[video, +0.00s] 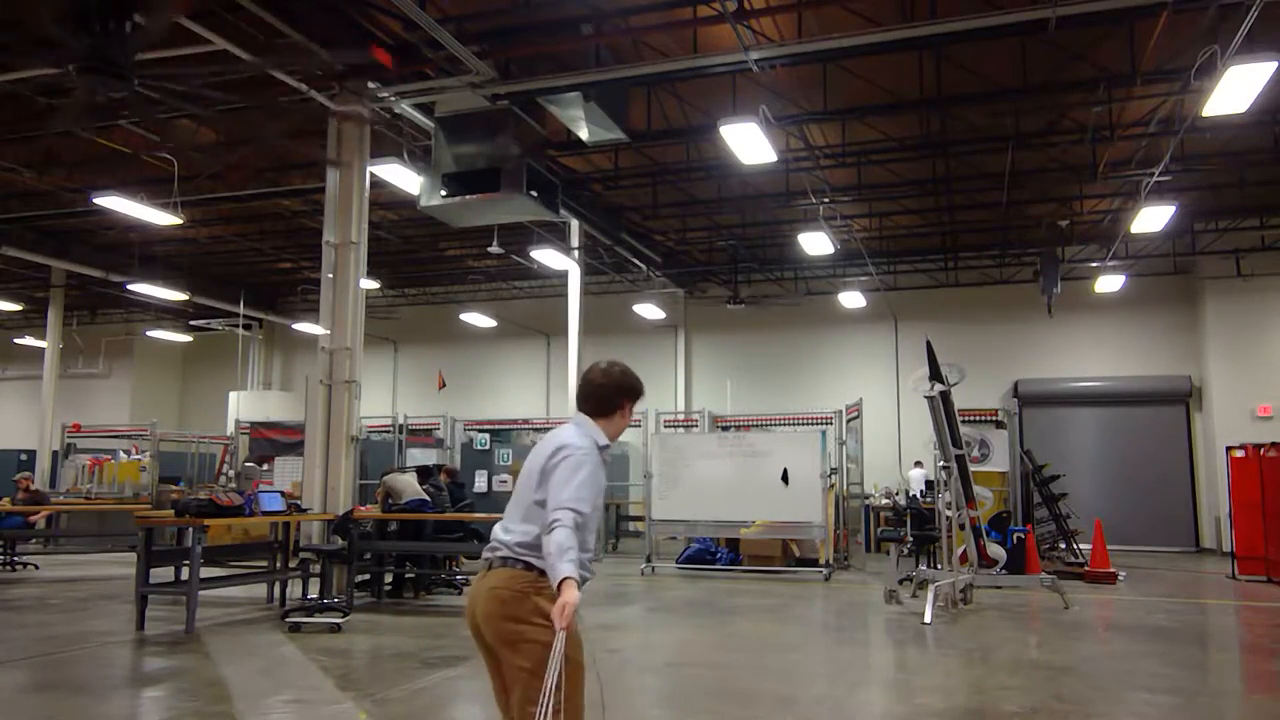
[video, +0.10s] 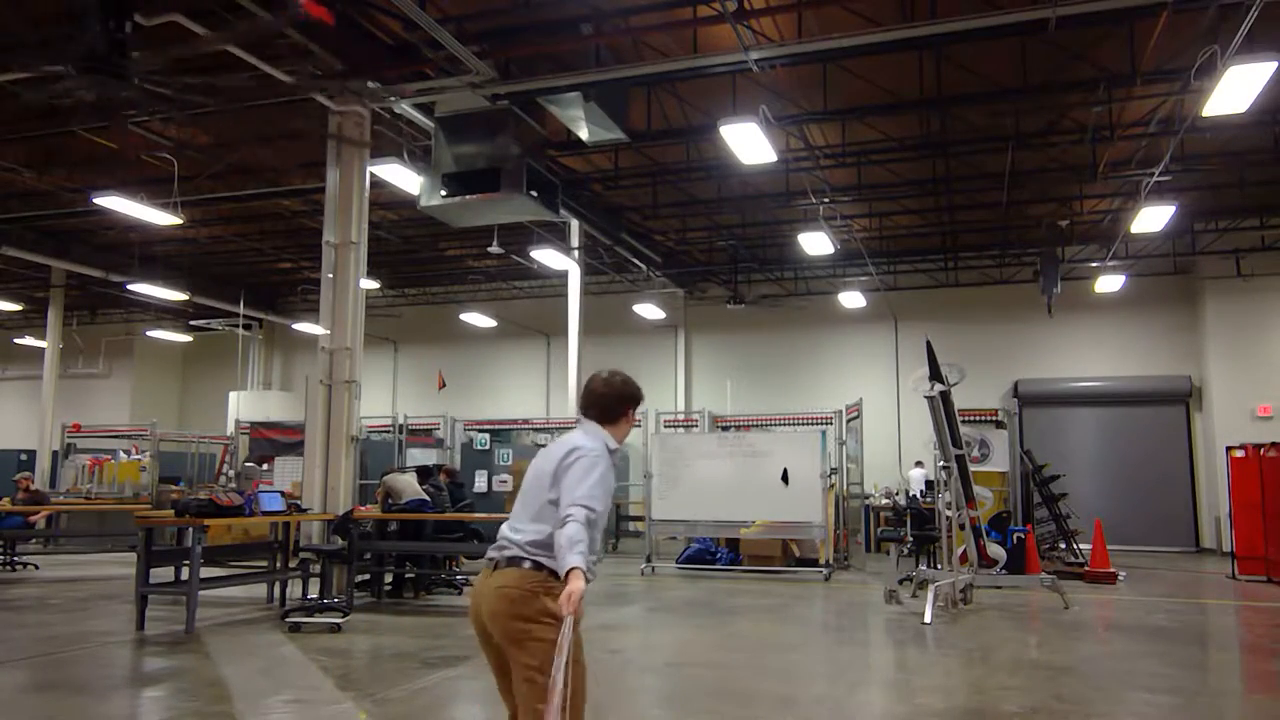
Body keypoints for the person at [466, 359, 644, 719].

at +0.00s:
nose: (632, 417)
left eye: (633, 408)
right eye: (633, 408)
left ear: (585, 399)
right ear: (625, 409)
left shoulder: (557, 439)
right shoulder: (579, 450)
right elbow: (562, 521)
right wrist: (568, 584)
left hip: (490, 585)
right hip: (524, 592)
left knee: (521, 709)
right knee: (552, 711)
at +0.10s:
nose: (635, 420)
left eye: (635, 412)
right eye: (635, 412)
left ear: (587, 408)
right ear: (629, 415)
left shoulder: (559, 446)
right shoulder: (591, 452)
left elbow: (535, 514)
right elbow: (576, 516)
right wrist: (576, 573)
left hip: (490, 585)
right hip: (530, 590)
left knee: (522, 710)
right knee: (556, 710)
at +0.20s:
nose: (626, 441)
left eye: (626, 433)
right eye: (626, 434)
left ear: (581, 430)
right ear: (620, 437)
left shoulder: (557, 466)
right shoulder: (596, 466)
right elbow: (585, 519)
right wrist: (586, 565)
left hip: (492, 602)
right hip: (538, 605)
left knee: (531, 705)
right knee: (573, 712)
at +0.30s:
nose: (608, 452)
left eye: (606, 445)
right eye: (608, 446)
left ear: (563, 449)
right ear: (602, 451)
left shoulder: (547, 486)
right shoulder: (590, 477)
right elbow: (588, 509)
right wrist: (589, 543)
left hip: (505, 614)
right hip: (553, 612)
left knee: (531, 710)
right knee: (577, 712)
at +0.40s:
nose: (589, 458)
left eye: (588, 454)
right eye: (588, 454)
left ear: (546, 460)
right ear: (583, 457)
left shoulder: (535, 495)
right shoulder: (579, 476)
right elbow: (585, 492)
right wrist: (593, 508)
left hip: (512, 606)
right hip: (563, 602)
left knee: (532, 708)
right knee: (578, 711)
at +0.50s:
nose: (581, 465)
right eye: (579, 461)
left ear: (540, 469)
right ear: (574, 463)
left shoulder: (531, 501)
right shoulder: (567, 481)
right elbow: (583, 479)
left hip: (519, 597)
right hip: (569, 594)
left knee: (538, 710)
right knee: (587, 707)